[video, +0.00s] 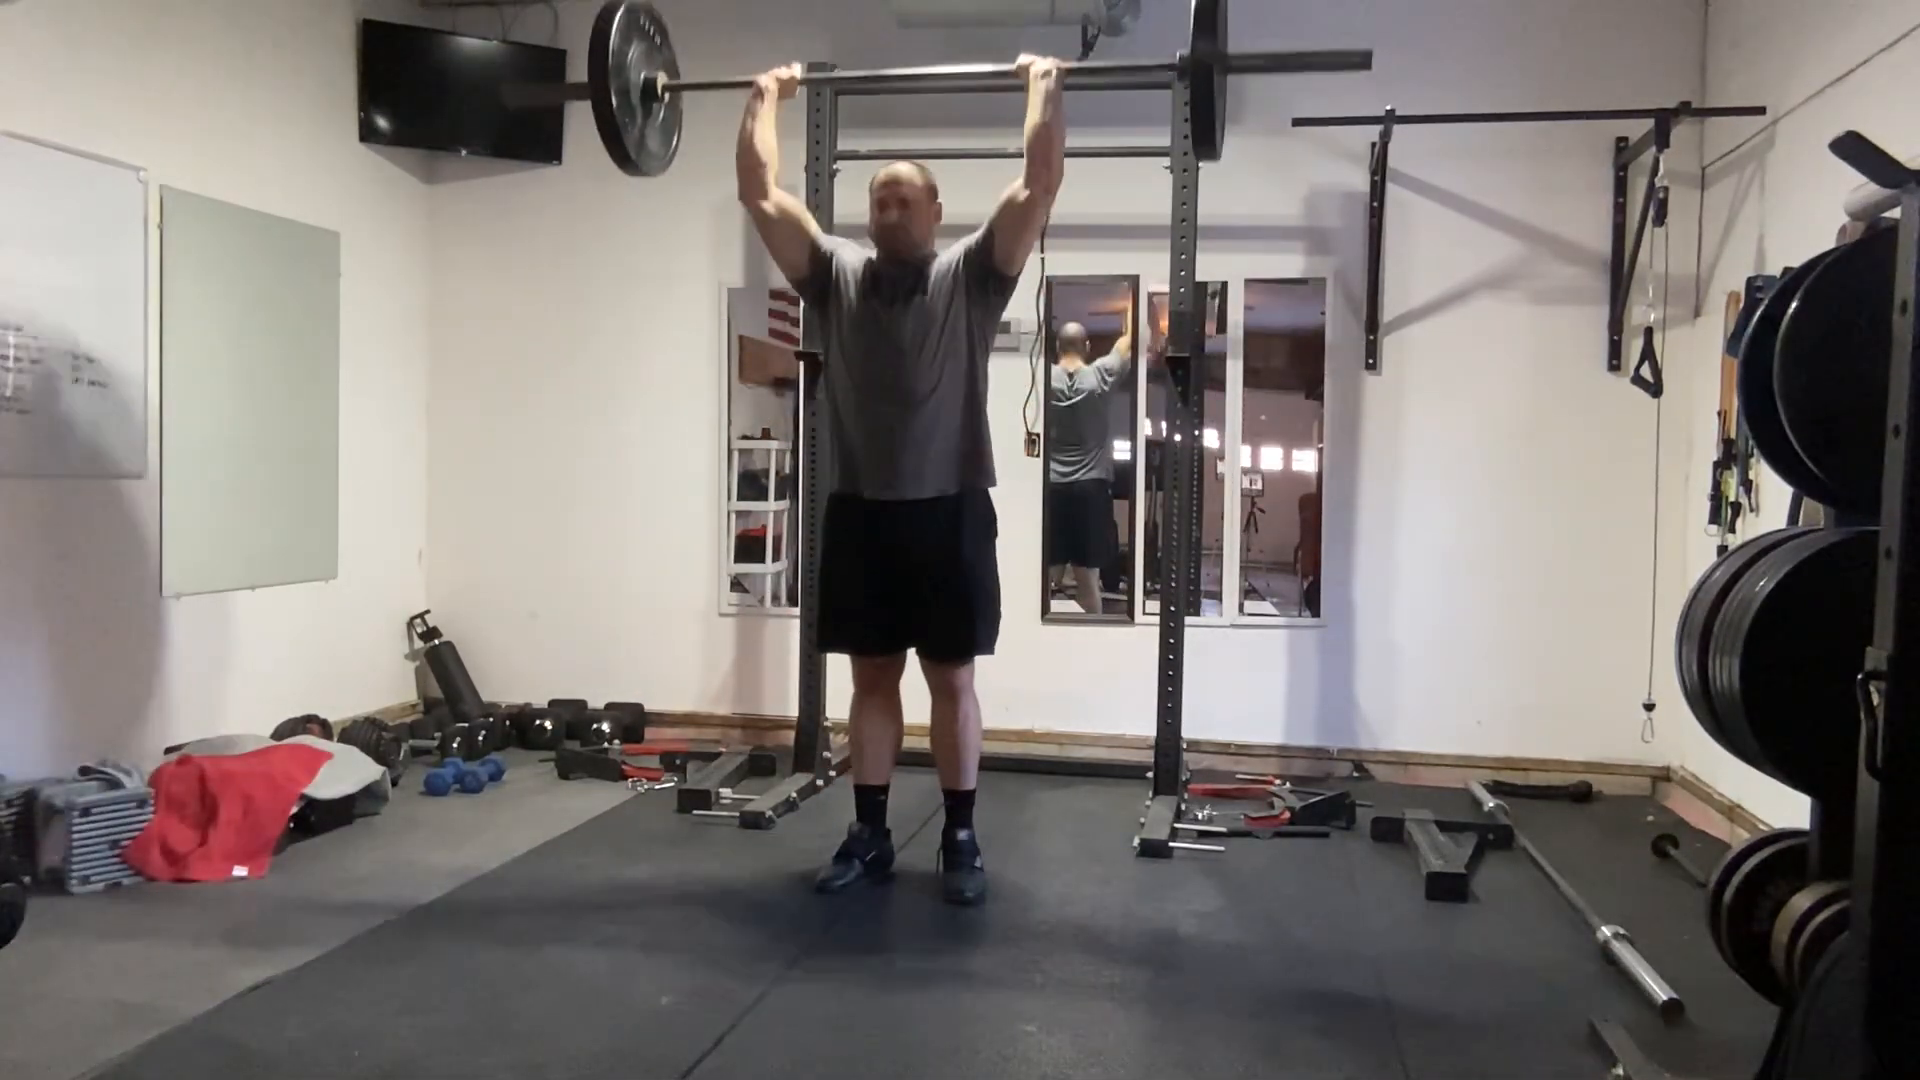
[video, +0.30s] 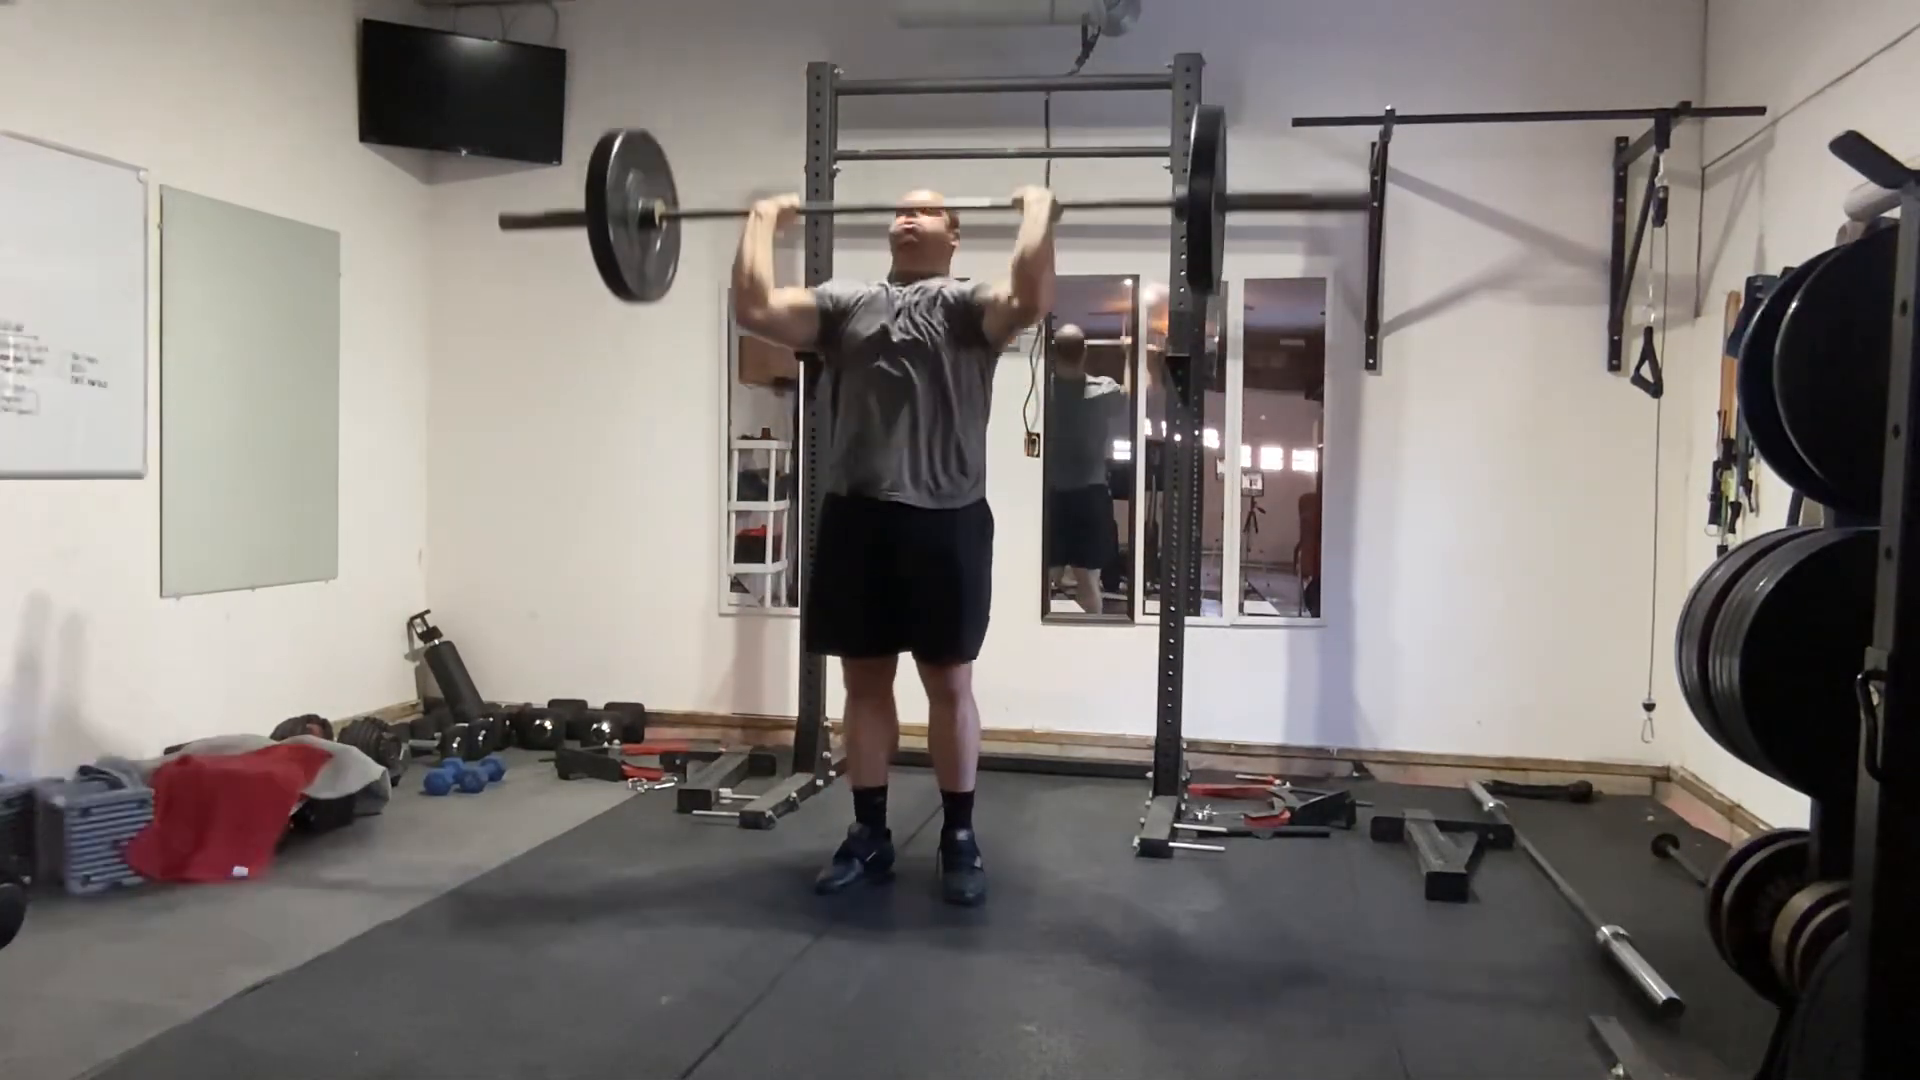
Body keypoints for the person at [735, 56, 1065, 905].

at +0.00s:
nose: (885, 204)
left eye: (901, 195)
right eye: (878, 196)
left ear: (936, 215)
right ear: (866, 216)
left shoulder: (973, 282)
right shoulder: (831, 283)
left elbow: (1038, 187)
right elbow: (760, 194)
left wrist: (1045, 84)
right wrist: (763, 93)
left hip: (949, 508)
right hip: (860, 509)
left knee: (950, 677)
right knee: (872, 675)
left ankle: (960, 839)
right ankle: (868, 839)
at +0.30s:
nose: (907, 219)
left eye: (922, 211)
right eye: (899, 212)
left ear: (953, 236)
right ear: (887, 233)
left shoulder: (967, 305)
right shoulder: (848, 305)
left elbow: (1028, 299)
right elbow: (754, 306)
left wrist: (1038, 209)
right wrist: (761, 216)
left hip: (946, 518)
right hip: (857, 516)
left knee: (949, 680)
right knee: (865, 680)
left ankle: (959, 841)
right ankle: (869, 838)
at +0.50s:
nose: (908, 219)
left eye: (926, 214)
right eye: (900, 213)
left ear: (954, 244)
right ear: (885, 241)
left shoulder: (972, 317)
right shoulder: (848, 320)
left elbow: (1017, 378)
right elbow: (774, 389)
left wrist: (1034, 291)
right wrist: (769, 301)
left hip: (948, 527)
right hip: (856, 524)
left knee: (950, 688)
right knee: (846, 684)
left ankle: (959, 841)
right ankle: (867, 840)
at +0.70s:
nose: (864, 459)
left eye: (877, 447)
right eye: (853, 445)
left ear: (905, 429)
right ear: (837, 432)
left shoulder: (958, 467)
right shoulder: (810, 470)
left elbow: (1013, 574)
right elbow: (779, 573)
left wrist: (1023, 689)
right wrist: (762, 675)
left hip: (956, 554)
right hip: (862, 555)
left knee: (965, 682)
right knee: (839, 672)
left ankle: (946, 828)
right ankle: (856, 829)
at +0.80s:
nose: (871, 387)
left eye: (884, 372)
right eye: (859, 372)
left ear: (914, 363)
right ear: (843, 367)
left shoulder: (962, 420)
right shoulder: (819, 420)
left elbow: (1019, 522)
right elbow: (782, 515)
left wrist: (1025, 634)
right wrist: (765, 619)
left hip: (962, 542)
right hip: (869, 539)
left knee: (963, 674)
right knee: (853, 669)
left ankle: (946, 826)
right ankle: (856, 827)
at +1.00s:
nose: (890, 254)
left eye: (902, 241)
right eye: (880, 242)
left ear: (934, 249)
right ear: (867, 252)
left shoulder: (977, 331)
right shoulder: (834, 330)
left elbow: (1038, 422)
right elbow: (787, 424)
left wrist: (1032, 525)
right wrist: (765, 517)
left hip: (959, 536)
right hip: (864, 533)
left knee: (952, 676)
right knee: (859, 668)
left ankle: (944, 830)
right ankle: (856, 826)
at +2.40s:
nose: (912, 216)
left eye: (926, 211)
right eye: (903, 211)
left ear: (950, 237)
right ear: (888, 235)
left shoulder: (979, 295)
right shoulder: (847, 292)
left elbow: (1037, 362)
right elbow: (782, 354)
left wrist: (1021, 431)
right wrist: (760, 425)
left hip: (940, 482)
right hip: (847, 480)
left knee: (934, 646)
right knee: (844, 647)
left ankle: (938, 816)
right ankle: (842, 808)